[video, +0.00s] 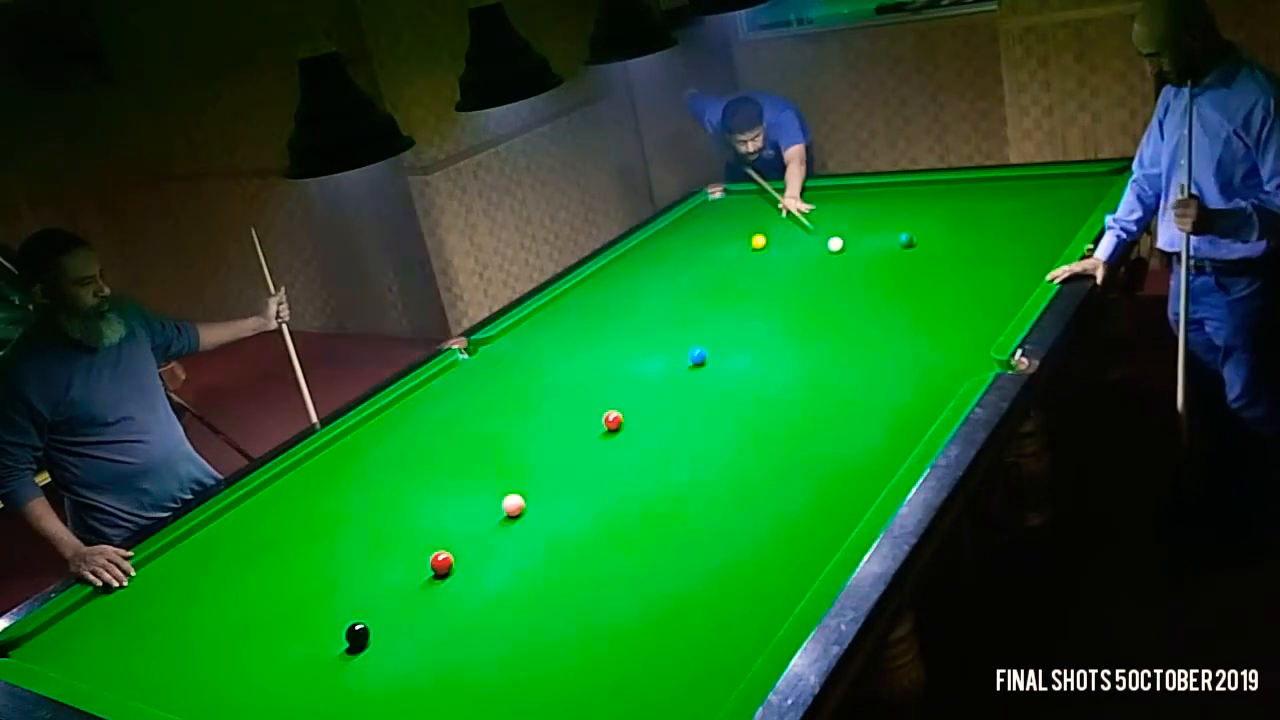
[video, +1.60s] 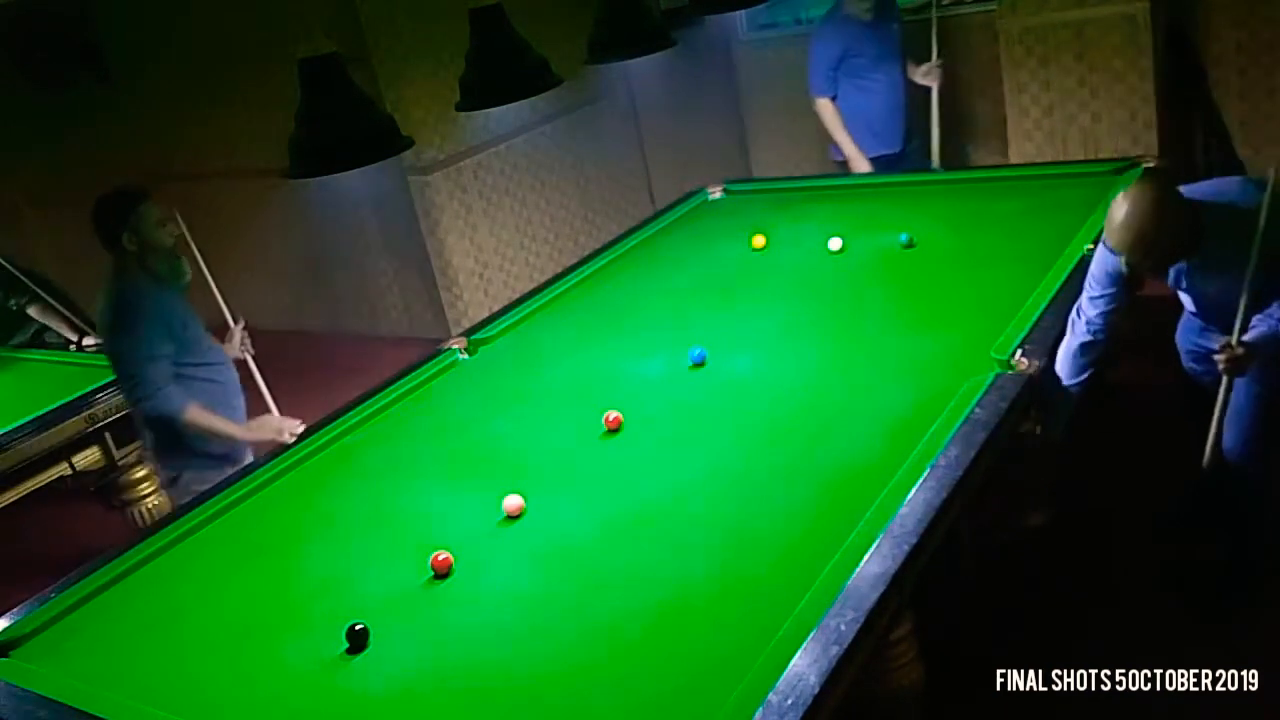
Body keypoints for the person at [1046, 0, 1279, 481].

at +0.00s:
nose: (1152, 69)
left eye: (1158, 55)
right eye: (1145, 57)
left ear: (1193, 39)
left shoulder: (1260, 99)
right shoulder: (1173, 97)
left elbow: (1277, 210)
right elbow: (1145, 180)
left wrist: (1214, 219)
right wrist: (1104, 253)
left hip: (1243, 284)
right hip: (1185, 278)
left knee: (1248, 409)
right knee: (1199, 407)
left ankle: (1257, 523)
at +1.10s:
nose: (1150, 117)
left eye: (1159, 106)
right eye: (1144, 106)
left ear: (1189, 91)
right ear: (1139, 95)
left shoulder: (1246, 137)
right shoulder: (1139, 127)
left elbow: (1272, 241)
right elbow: (1118, 203)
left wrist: (1218, 291)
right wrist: (1104, 266)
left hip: (1234, 304)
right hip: (1174, 299)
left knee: (1227, 419)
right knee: (1178, 411)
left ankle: (1241, 527)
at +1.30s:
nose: (1152, 184)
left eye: (1161, 175)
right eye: (1143, 173)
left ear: (1195, 155)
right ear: (1136, 152)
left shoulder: (1259, 174)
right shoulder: (1132, 174)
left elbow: (1276, 273)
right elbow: (1107, 253)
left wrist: (1229, 324)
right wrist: (1097, 332)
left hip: (1248, 311)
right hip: (1184, 299)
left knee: (1228, 439)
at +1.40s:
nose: (1151, 222)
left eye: (1157, 212)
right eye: (1140, 214)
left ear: (1185, 190)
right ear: (1128, 190)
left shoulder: (1257, 189)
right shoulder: (1126, 200)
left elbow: (1278, 282)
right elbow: (1101, 279)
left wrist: (1238, 332)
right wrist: (1089, 362)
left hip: (1255, 319)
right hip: (1192, 310)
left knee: (1231, 443)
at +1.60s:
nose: (1132, 270)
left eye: (1142, 259)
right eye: (1125, 257)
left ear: (1172, 241)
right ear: (1117, 234)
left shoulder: (1247, 221)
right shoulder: (1127, 229)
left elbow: (1279, 303)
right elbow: (1095, 309)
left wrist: (1256, 344)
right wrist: (1068, 377)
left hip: (1263, 336)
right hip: (1203, 320)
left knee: (1238, 456)